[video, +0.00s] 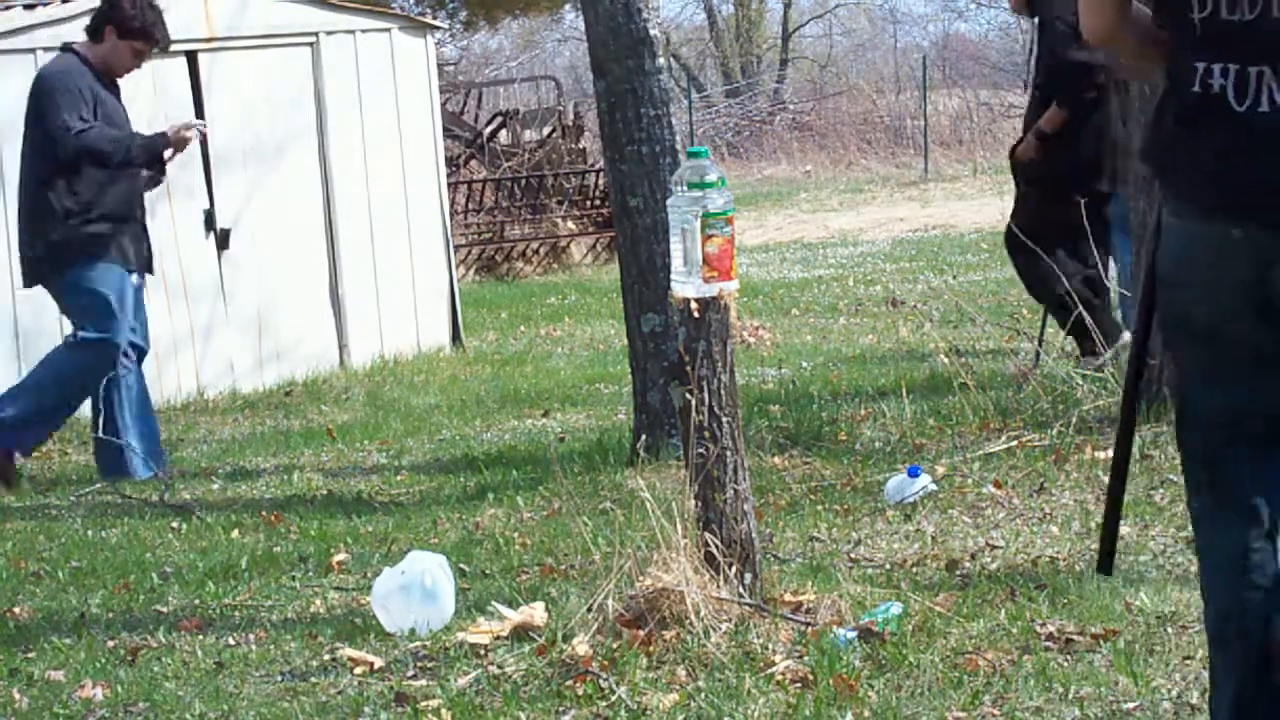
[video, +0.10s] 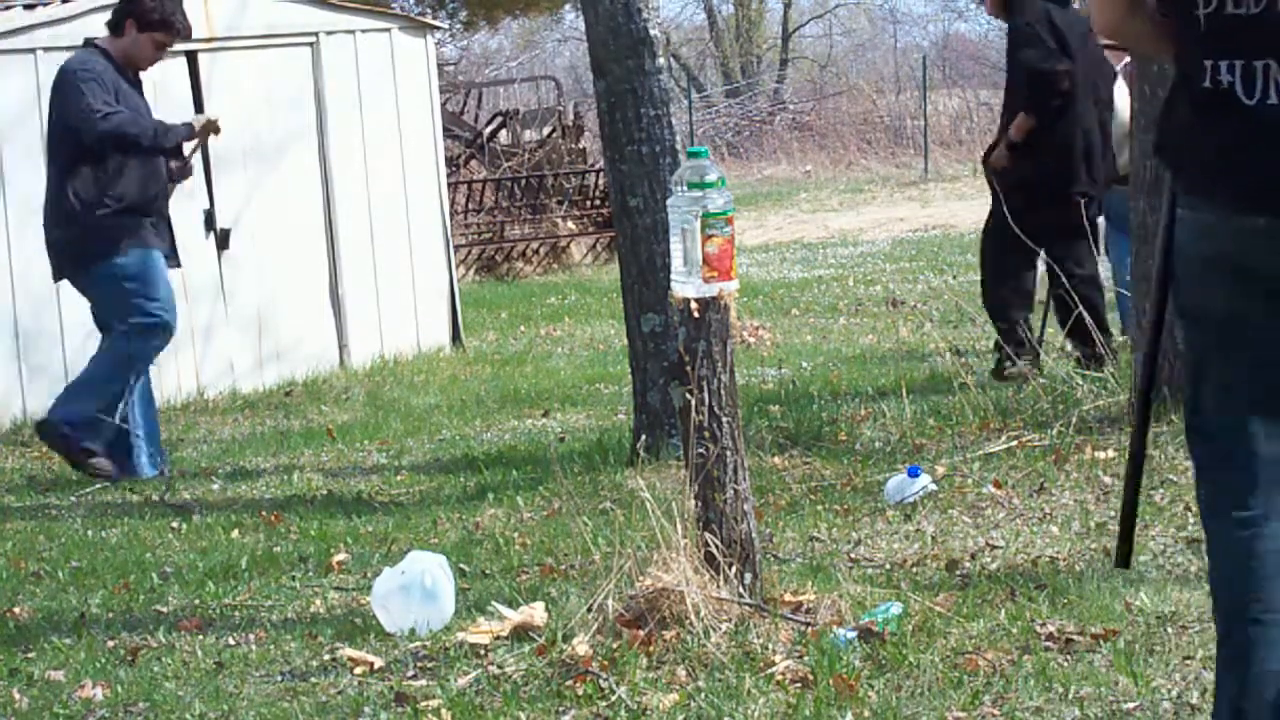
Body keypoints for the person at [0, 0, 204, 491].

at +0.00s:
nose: (138, 67)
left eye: (144, 58)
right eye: (138, 54)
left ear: (119, 42)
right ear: (110, 34)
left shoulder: (102, 87)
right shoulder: (64, 75)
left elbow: (107, 178)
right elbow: (75, 142)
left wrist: (150, 168)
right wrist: (160, 142)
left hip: (116, 239)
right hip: (78, 239)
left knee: (126, 349)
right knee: (105, 341)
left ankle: (131, 470)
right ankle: (8, 429)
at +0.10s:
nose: (160, 59)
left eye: (166, 50)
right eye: (158, 46)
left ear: (139, 34)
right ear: (129, 27)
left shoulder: (123, 83)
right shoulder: (85, 72)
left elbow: (122, 170)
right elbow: (102, 127)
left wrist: (167, 171)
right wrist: (181, 132)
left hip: (121, 226)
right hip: (105, 227)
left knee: (128, 342)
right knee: (154, 318)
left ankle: (141, 464)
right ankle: (69, 425)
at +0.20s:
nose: (182, 54)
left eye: (187, 46)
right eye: (180, 42)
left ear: (154, 27)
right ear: (150, 24)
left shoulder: (144, 80)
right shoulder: (107, 69)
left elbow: (143, 166)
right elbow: (130, 120)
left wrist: (190, 167)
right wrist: (204, 124)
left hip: (129, 227)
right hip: (135, 224)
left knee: (130, 340)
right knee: (188, 314)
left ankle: (125, 457)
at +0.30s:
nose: (208, 56)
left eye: (214, 47)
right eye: (206, 43)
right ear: (177, 24)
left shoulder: (177, 79)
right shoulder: (134, 69)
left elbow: (172, 169)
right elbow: (158, 118)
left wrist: (215, 163)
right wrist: (231, 120)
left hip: (153, 234)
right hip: (165, 230)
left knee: (142, 357)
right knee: (209, 337)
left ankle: (132, 469)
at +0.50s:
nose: (268, 57)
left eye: (273, 49)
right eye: (266, 45)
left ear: (237, 31)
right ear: (236, 29)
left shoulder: (212, 77)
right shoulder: (198, 73)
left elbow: (213, 162)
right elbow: (225, 120)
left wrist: (263, 155)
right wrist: (292, 118)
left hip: (209, 240)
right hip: (225, 235)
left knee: (181, 354)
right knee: (276, 335)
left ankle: (137, 464)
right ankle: (316, 454)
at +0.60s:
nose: (298, 56)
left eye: (303, 47)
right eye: (296, 43)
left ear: (268, 27)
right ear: (268, 25)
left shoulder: (231, 69)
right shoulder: (229, 70)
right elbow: (264, 116)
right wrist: (327, 116)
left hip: (230, 232)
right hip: (257, 225)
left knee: (228, 337)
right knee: (302, 333)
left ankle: (159, 441)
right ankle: (316, 453)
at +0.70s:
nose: (323, 45)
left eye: (328, 36)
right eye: (322, 33)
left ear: (294, 18)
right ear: (295, 17)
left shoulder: (270, 61)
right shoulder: (254, 60)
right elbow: (293, 109)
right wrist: (361, 113)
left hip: (286, 224)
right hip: (280, 226)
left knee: (282, 327)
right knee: (311, 336)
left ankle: (199, 410)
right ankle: (316, 455)